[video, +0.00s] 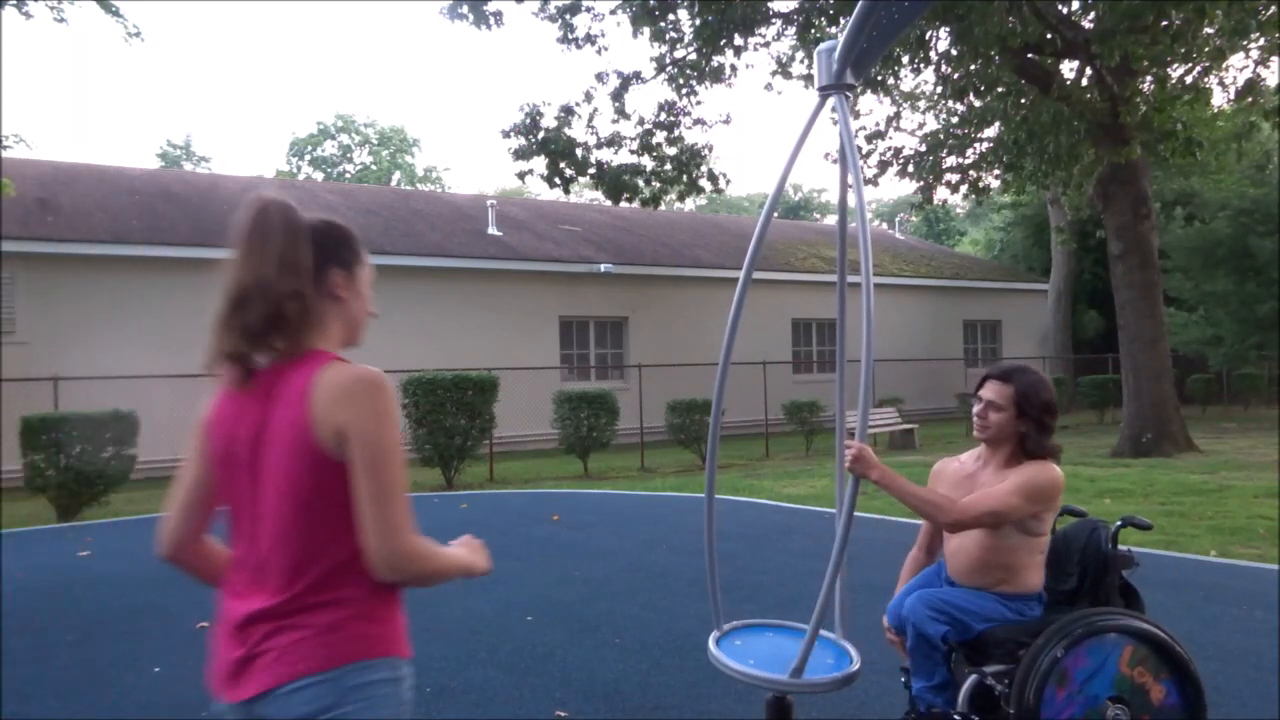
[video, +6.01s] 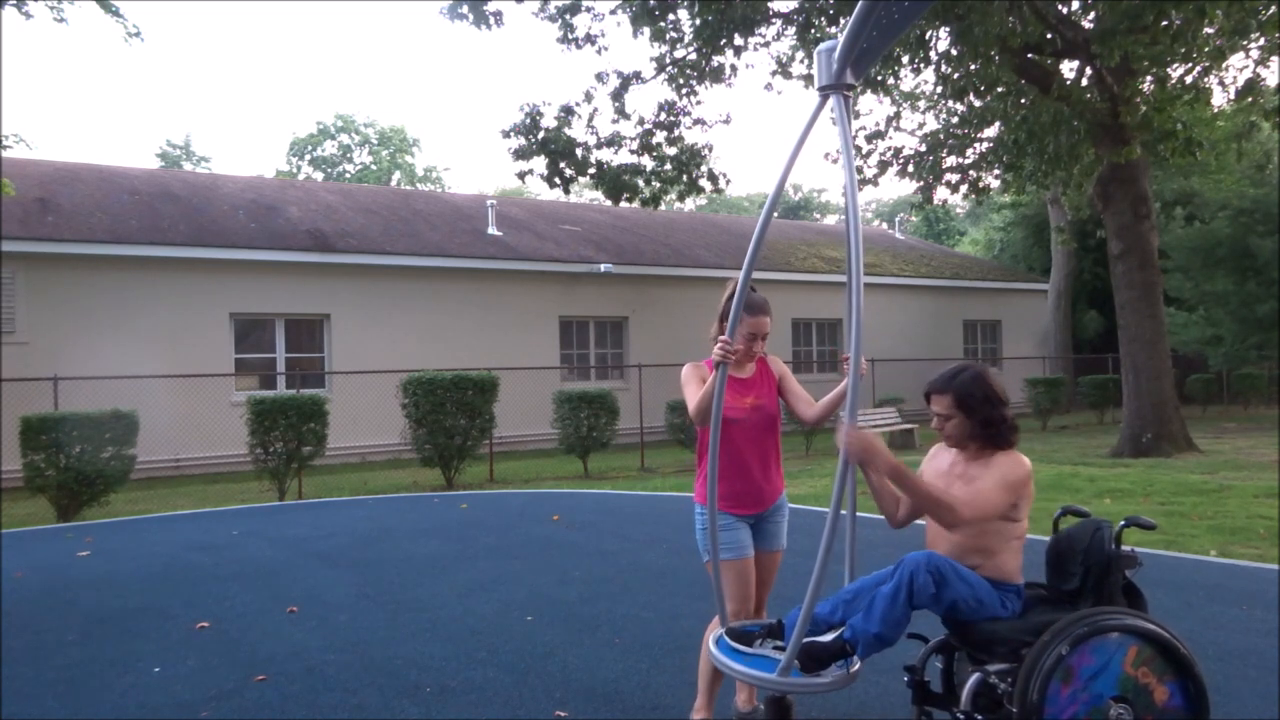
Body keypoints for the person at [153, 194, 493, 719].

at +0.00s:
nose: (373, 308)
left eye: (373, 290)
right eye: (369, 288)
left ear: (284, 287)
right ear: (336, 284)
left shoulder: (232, 396)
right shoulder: (357, 388)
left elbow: (178, 541)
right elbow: (393, 556)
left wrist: (262, 581)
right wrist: (461, 559)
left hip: (243, 676)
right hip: (342, 677)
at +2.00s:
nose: (737, 343)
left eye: (740, 334)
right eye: (732, 333)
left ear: (713, 329)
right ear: (704, 330)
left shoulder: (721, 369)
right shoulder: (669, 374)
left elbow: (783, 392)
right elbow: (672, 445)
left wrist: (836, 373)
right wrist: (703, 392)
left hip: (713, 508)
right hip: (676, 513)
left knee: (733, 604)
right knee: (695, 620)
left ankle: (726, 694)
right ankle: (681, 713)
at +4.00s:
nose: (752, 336)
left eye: (757, 327)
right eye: (744, 327)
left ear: (761, 325)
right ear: (717, 324)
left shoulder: (761, 366)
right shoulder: (688, 367)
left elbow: (805, 416)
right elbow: (692, 418)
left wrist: (843, 381)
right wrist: (719, 370)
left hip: (758, 507)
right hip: (705, 509)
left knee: (746, 608)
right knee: (705, 614)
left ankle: (745, 695)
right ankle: (697, 709)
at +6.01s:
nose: (759, 346)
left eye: (764, 337)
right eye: (751, 336)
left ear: (769, 330)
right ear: (726, 328)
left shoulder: (772, 366)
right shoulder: (698, 370)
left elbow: (811, 413)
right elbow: (699, 417)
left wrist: (848, 379)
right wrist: (719, 370)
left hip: (771, 504)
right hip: (720, 508)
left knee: (757, 612)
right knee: (735, 615)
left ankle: (746, 701)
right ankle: (702, 707)